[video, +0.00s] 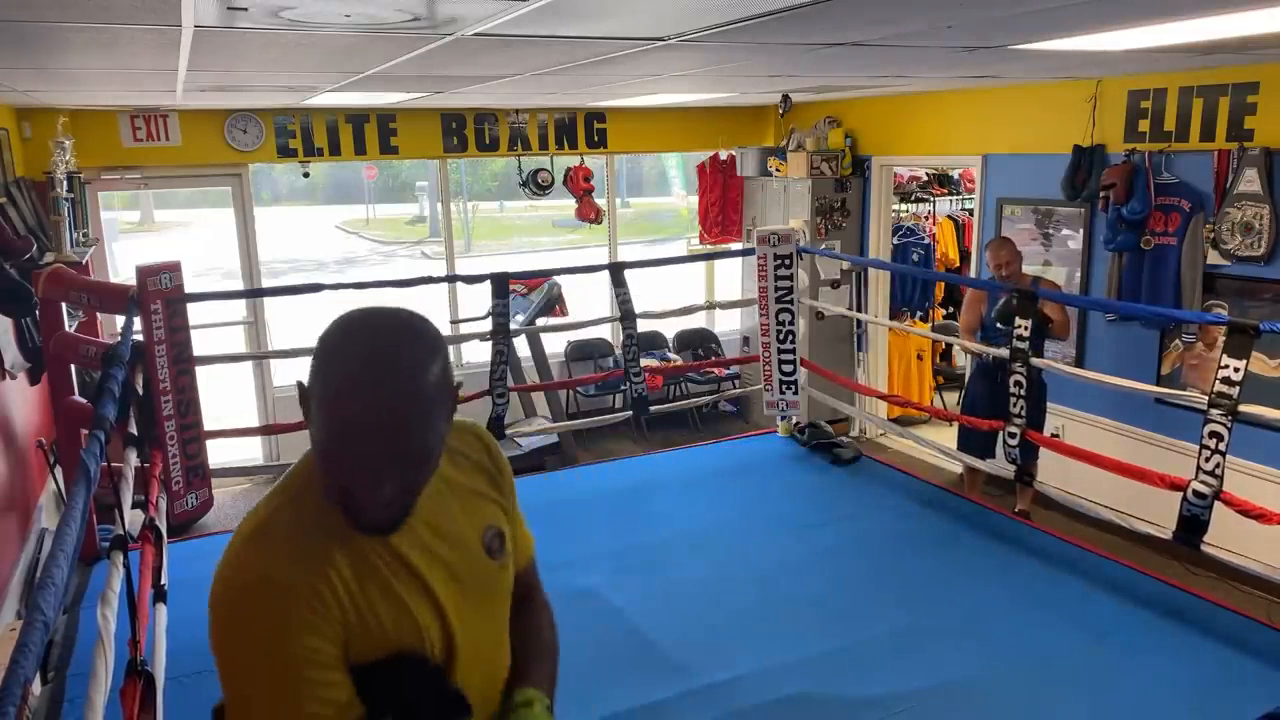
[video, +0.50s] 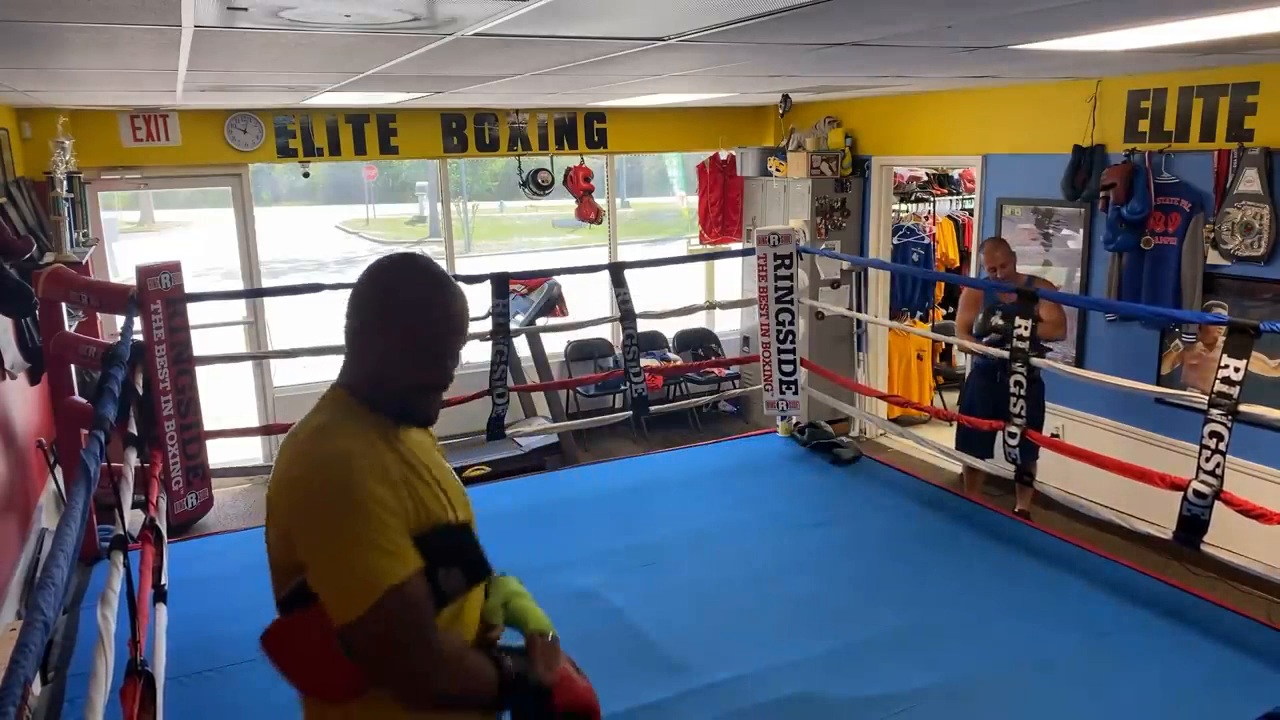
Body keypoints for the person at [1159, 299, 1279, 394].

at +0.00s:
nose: (1220, 327)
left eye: (1223, 323)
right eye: (1215, 322)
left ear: (1226, 327)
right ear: (1201, 325)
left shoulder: (1231, 349)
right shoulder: (1189, 348)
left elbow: (1270, 368)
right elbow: (1162, 369)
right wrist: (1181, 350)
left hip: (1218, 405)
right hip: (1189, 401)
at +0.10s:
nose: (1220, 327)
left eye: (1223, 323)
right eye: (1215, 322)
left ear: (1226, 327)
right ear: (1201, 325)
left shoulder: (1231, 349)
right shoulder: (1189, 348)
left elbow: (1270, 368)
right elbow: (1162, 369)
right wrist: (1180, 350)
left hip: (1218, 405)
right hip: (1189, 401)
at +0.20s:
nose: (1220, 327)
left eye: (1223, 323)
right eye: (1215, 322)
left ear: (1226, 327)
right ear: (1201, 325)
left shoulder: (1231, 349)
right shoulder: (1189, 348)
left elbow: (1270, 368)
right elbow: (1162, 369)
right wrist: (1179, 350)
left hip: (1218, 405)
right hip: (1189, 401)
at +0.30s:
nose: (1219, 327)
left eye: (1223, 323)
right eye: (1214, 322)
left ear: (1226, 327)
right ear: (1201, 325)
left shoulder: (1231, 349)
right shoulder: (1189, 348)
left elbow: (1270, 368)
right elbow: (1162, 369)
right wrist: (1181, 352)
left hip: (1218, 405)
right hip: (1189, 401)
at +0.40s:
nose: (1219, 327)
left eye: (1223, 323)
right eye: (1214, 322)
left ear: (1226, 327)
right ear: (1201, 325)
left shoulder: (1231, 349)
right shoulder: (1189, 348)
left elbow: (1270, 368)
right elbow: (1162, 369)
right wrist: (1181, 352)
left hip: (1219, 405)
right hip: (1189, 400)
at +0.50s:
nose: (1220, 327)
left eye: (1223, 323)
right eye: (1215, 322)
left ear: (1226, 327)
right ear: (1201, 325)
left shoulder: (1231, 349)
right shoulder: (1189, 348)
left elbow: (1270, 368)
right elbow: (1162, 369)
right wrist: (1182, 352)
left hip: (1219, 406)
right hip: (1189, 401)